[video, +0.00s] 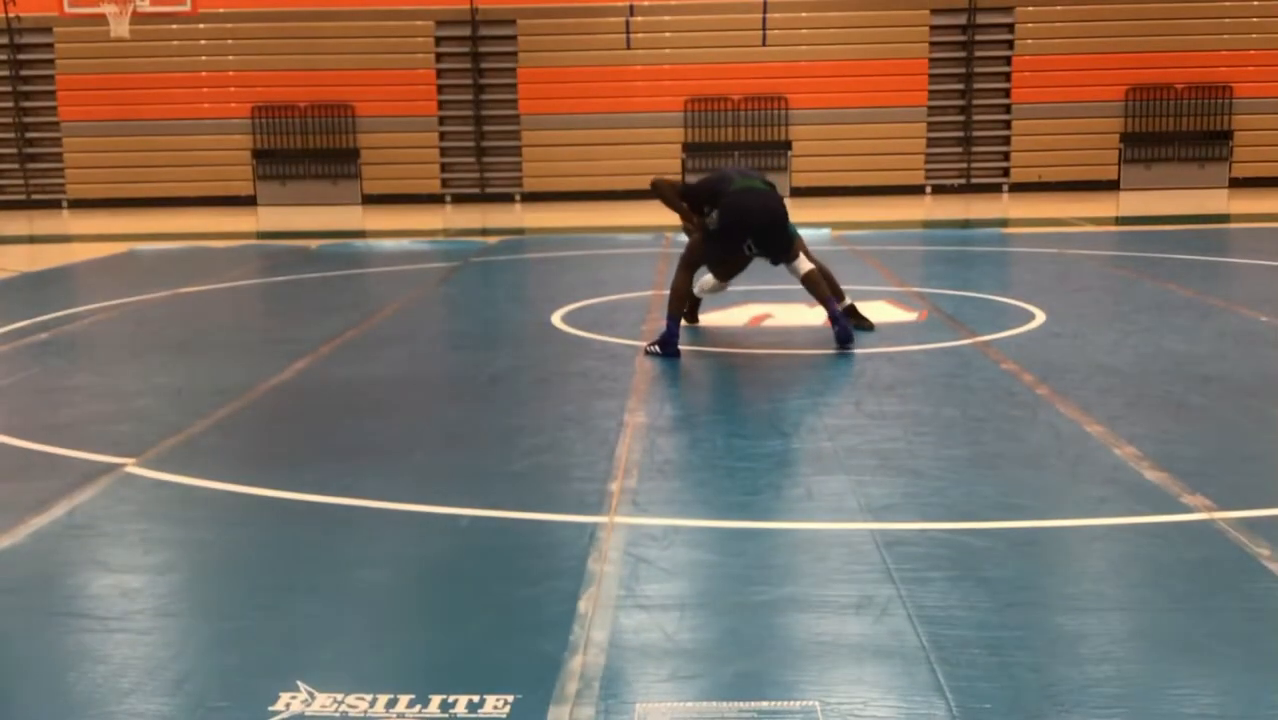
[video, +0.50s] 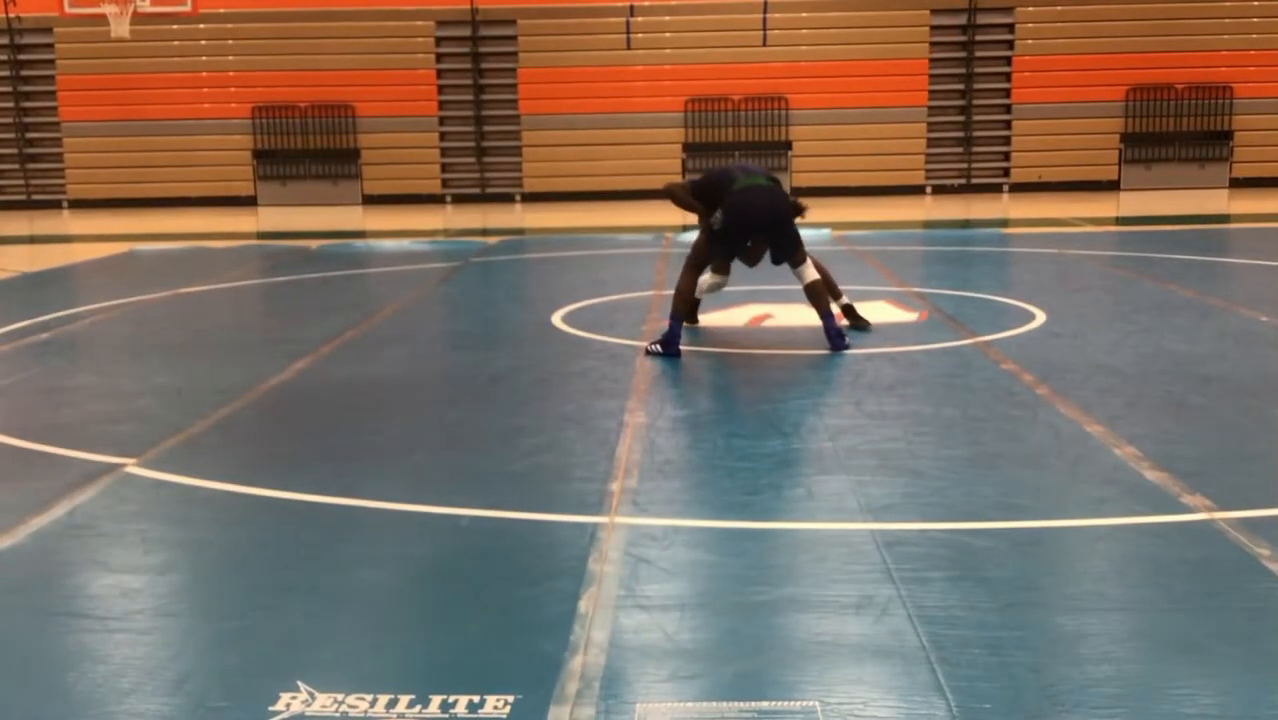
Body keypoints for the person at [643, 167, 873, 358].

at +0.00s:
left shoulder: (704, 191)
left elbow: (658, 184)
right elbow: (811, 262)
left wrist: (684, 215)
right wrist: (844, 306)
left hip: (731, 212)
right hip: (770, 209)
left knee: (685, 268)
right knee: (800, 265)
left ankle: (669, 339)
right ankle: (840, 321)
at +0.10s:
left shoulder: (709, 197)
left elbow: (664, 193)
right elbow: (812, 267)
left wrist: (695, 223)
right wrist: (848, 309)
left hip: (738, 203)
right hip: (774, 203)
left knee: (689, 269)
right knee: (802, 269)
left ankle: (670, 339)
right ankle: (831, 333)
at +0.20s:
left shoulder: (714, 193)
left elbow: (667, 196)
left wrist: (705, 226)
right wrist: (848, 309)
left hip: (737, 205)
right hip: (776, 205)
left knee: (691, 269)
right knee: (804, 270)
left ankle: (670, 339)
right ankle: (833, 333)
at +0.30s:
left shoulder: (715, 189)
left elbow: (669, 197)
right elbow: (752, 264)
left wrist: (705, 225)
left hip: (736, 207)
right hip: (776, 206)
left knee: (692, 270)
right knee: (805, 270)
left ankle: (670, 340)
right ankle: (834, 332)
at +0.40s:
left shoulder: (711, 190)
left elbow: (668, 194)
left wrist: (702, 219)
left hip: (735, 206)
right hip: (775, 203)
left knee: (691, 269)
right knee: (803, 270)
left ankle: (670, 339)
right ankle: (834, 333)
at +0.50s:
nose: (753, 262)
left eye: (753, 259)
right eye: (752, 258)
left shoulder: (710, 186)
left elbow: (671, 189)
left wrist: (702, 213)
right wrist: (844, 306)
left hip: (735, 206)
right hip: (774, 203)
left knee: (691, 270)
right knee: (804, 269)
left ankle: (670, 339)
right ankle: (834, 333)